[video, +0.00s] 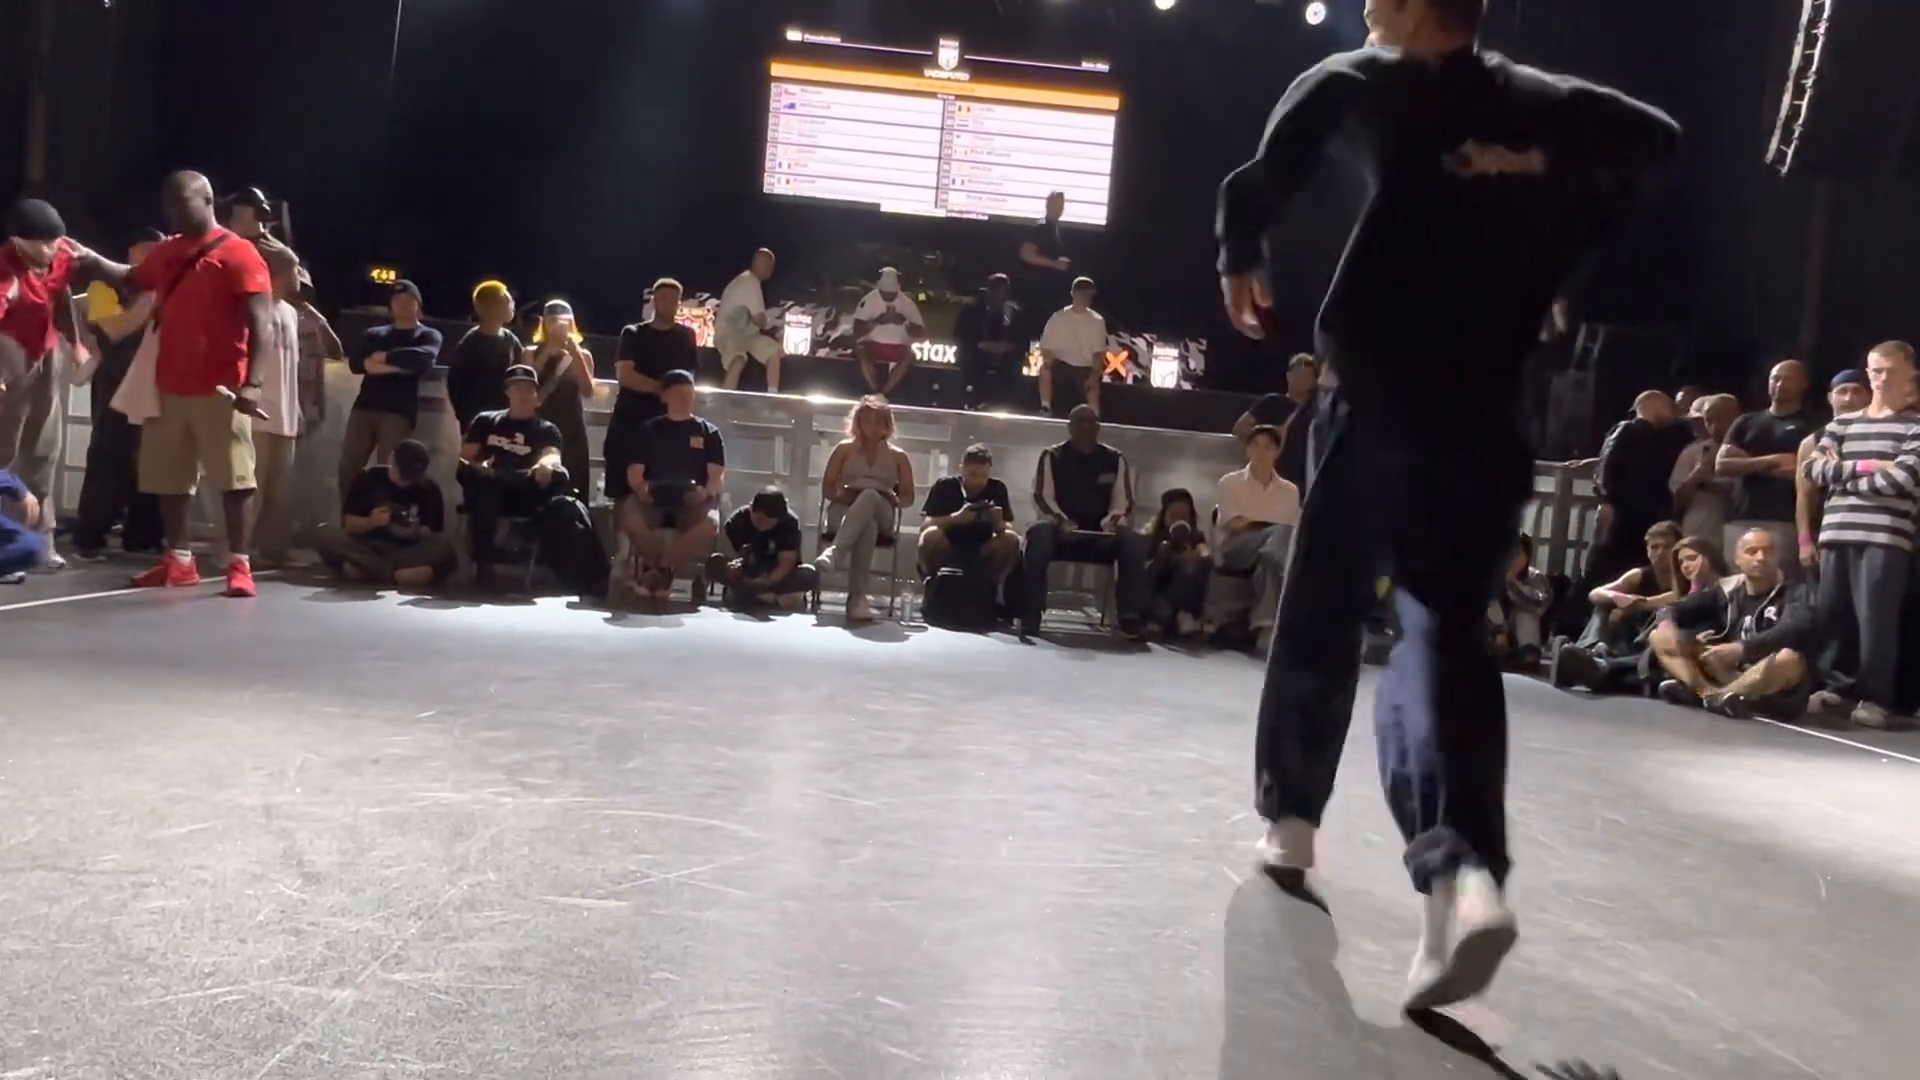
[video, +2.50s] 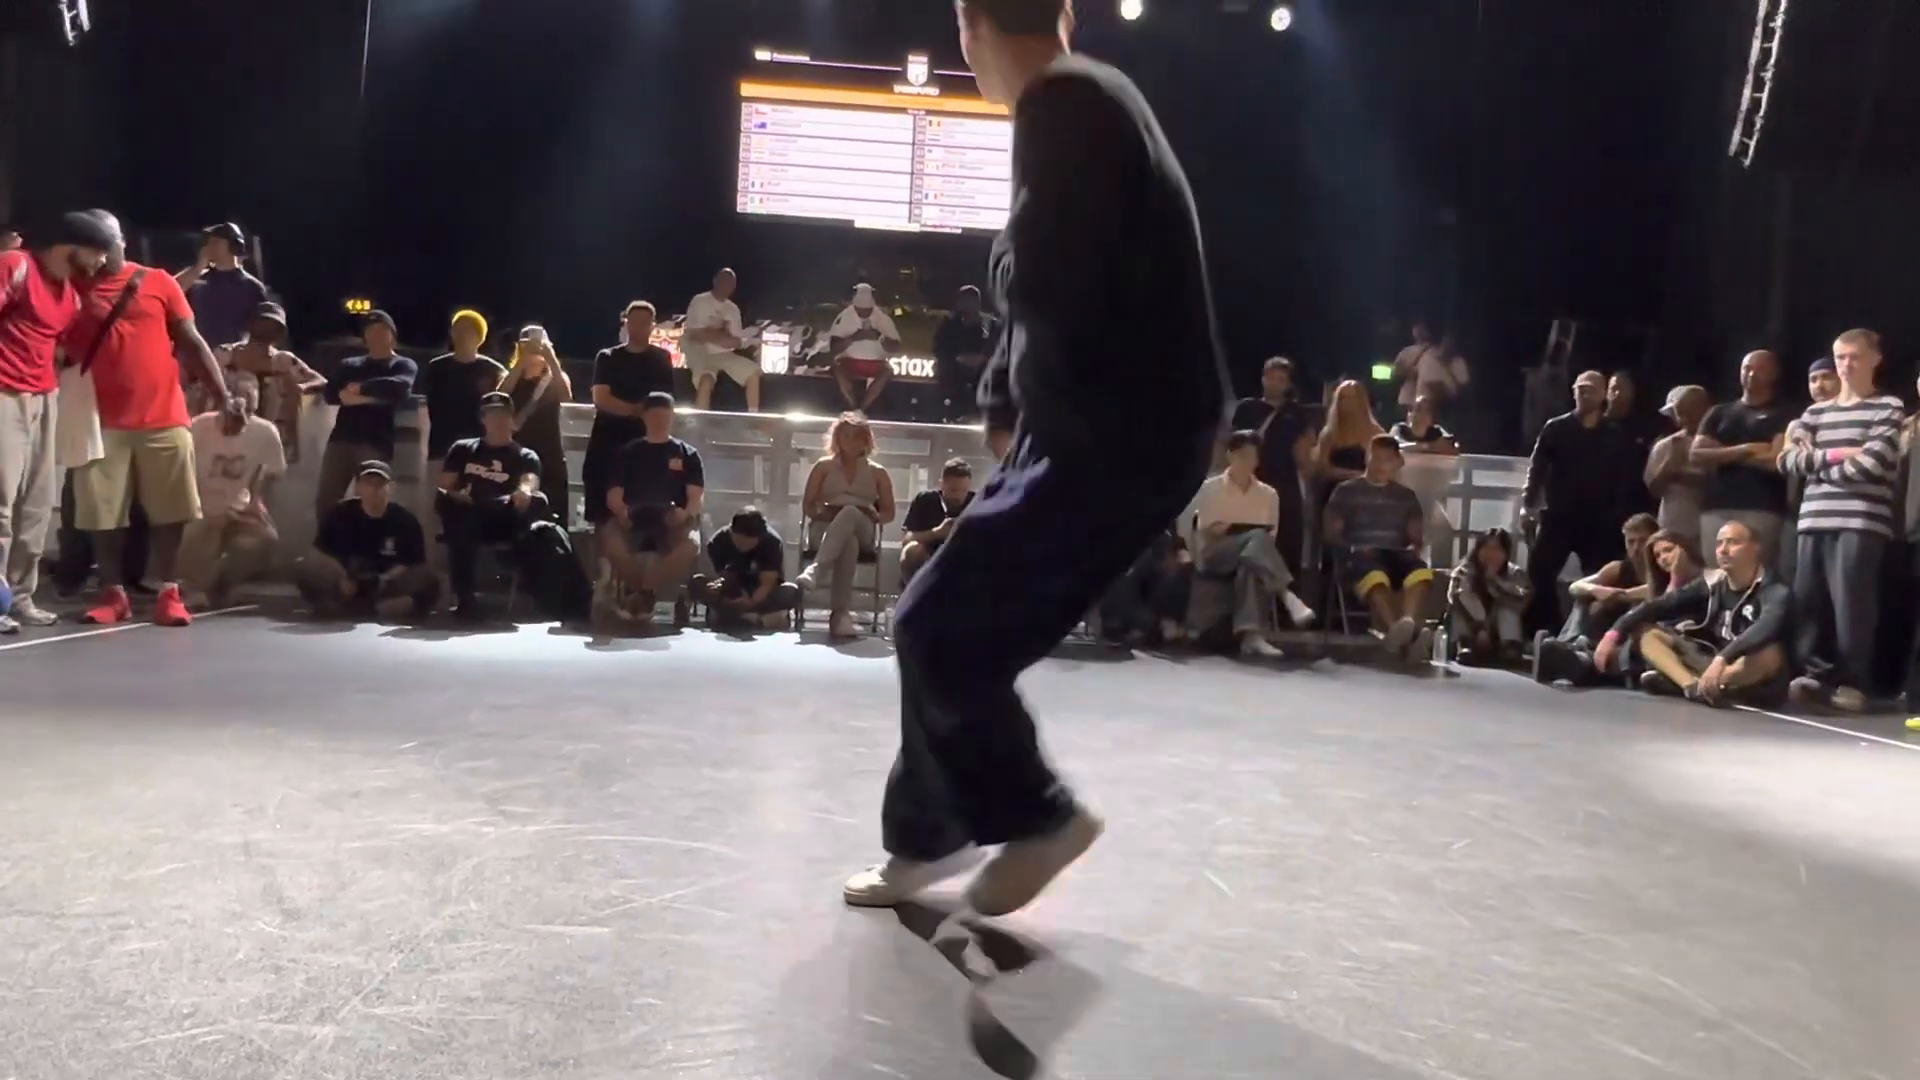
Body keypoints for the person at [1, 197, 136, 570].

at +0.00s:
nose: (54, 248)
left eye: (56, 240)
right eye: (46, 242)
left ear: (57, 237)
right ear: (21, 241)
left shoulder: (62, 253)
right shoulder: (8, 266)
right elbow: (5, 308)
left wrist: (76, 341)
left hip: (50, 357)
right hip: (11, 360)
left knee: (45, 450)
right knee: (8, 452)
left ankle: (41, 542)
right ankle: (8, 547)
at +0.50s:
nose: (71, 216)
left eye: (68, 209)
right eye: (63, 211)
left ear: (48, 220)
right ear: (38, 218)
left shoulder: (60, 251)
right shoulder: (8, 259)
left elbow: (60, 297)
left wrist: (75, 338)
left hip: (45, 343)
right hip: (9, 347)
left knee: (61, 434)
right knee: (6, 436)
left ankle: (73, 515)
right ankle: (7, 513)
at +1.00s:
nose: (87, 194)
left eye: (86, 188)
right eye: (79, 187)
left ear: (66, 196)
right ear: (51, 191)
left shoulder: (77, 250)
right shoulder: (11, 230)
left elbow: (73, 308)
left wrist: (96, 340)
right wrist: (19, 343)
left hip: (57, 362)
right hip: (12, 358)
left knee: (55, 458)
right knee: (8, 451)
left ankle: (53, 549)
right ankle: (9, 546)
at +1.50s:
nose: (91, 205)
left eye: (96, 198)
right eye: (82, 196)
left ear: (98, 207)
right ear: (57, 201)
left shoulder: (99, 259)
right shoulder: (18, 244)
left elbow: (102, 322)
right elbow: (4, 299)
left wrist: (100, 378)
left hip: (71, 370)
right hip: (17, 367)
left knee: (67, 465)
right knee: (9, 463)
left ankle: (51, 559)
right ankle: (8, 558)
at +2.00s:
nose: (94, 235)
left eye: (96, 228)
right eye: (88, 227)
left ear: (70, 224)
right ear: (61, 219)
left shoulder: (78, 270)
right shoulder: (14, 249)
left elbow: (81, 318)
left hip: (56, 376)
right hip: (11, 374)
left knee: (51, 479)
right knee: (8, 478)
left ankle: (38, 573)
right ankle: (4, 577)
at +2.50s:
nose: (94, 267)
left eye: (98, 260)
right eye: (90, 258)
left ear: (73, 253)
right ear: (65, 246)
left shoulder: (71, 295)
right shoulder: (16, 267)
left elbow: (60, 348)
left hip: (44, 398)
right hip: (8, 396)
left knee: (38, 503)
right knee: (6, 502)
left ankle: (21, 597)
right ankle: (3, 599)